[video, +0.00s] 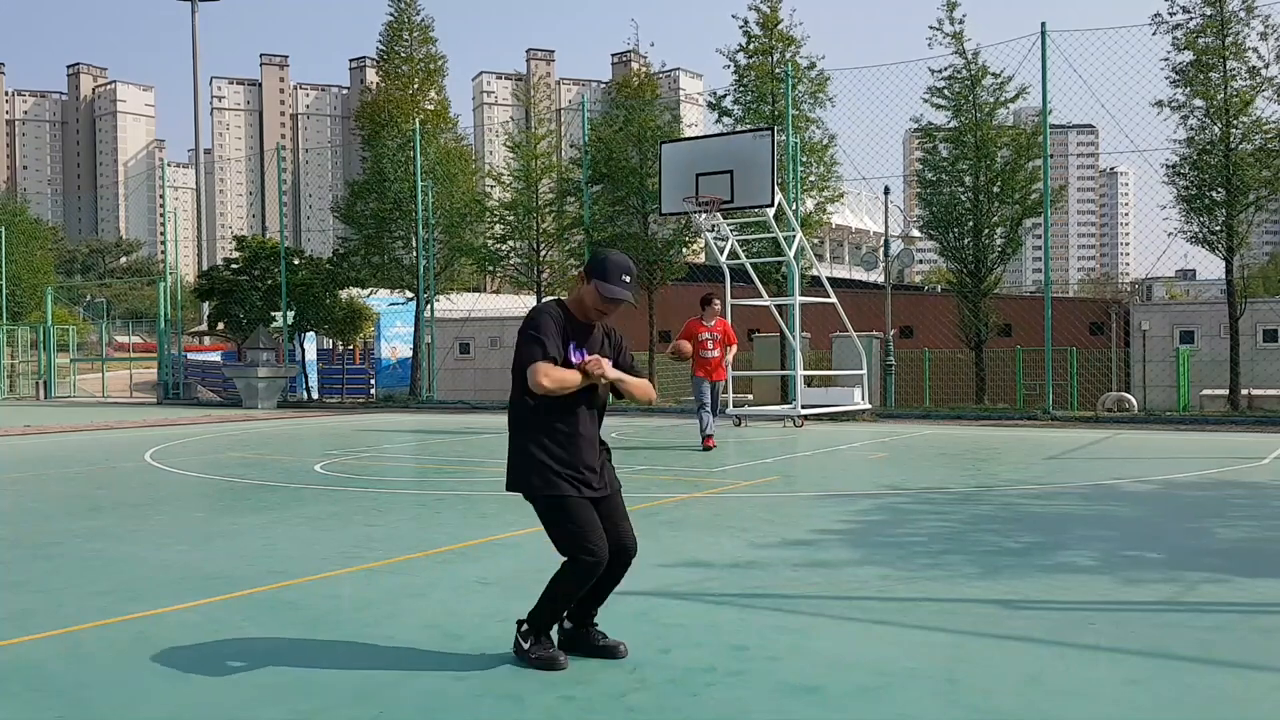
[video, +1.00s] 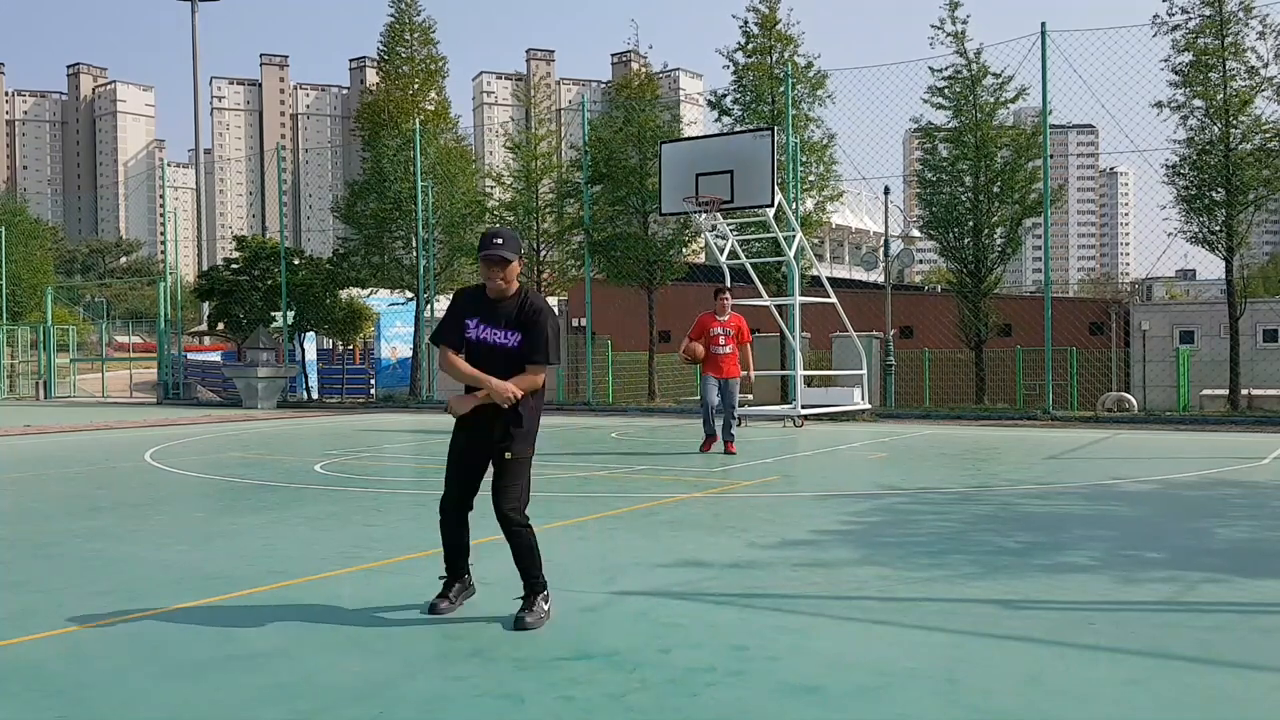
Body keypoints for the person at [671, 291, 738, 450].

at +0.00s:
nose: (719, 308)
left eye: (720, 305)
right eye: (716, 305)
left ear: (719, 307)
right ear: (706, 307)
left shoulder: (724, 324)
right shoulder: (692, 324)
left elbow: (733, 344)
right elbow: (679, 341)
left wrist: (730, 356)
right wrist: (672, 349)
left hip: (718, 369)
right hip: (700, 369)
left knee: (714, 405)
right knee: (704, 403)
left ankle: (709, 435)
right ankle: (707, 436)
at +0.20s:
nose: (719, 306)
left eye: (720, 303)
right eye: (716, 303)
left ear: (720, 306)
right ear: (706, 306)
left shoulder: (724, 323)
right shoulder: (693, 323)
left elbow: (733, 343)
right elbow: (680, 343)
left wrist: (733, 360)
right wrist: (677, 355)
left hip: (721, 369)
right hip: (701, 369)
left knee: (723, 404)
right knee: (704, 405)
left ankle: (713, 430)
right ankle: (709, 437)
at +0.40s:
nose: (721, 305)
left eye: (721, 302)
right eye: (717, 302)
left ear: (722, 304)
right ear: (707, 304)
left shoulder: (726, 321)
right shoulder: (694, 322)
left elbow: (734, 344)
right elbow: (681, 340)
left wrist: (738, 363)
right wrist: (675, 353)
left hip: (723, 367)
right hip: (702, 368)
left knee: (727, 398)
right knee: (704, 406)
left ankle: (723, 433)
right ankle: (708, 437)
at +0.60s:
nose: (723, 306)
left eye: (724, 303)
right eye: (719, 303)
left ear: (725, 305)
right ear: (710, 305)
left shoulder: (730, 323)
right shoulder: (698, 322)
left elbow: (737, 347)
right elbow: (682, 340)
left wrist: (743, 368)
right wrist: (678, 354)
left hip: (726, 372)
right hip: (705, 372)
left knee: (727, 405)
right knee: (706, 409)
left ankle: (729, 440)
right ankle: (708, 439)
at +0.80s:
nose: (726, 303)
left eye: (728, 300)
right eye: (723, 300)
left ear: (730, 302)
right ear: (715, 302)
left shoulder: (736, 321)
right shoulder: (702, 319)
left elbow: (742, 345)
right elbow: (687, 338)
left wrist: (746, 368)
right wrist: (680, 352)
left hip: (731, 371)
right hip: (709, 372)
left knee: (731, 407)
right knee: (709, 408)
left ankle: (729, 440)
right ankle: (709, 436)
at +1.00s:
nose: (725, 302)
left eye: (727, 299)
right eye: (722, 299)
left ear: (731, 301)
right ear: (716, 301)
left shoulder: (739, 320)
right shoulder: (704, 319)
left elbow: (745, 345)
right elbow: (689, 338)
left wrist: (750, 369)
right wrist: (681, 352)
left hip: (732, 371)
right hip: (710, 371)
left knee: (731, 408)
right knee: (709, 402)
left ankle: (729, 440)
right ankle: (710, 435)